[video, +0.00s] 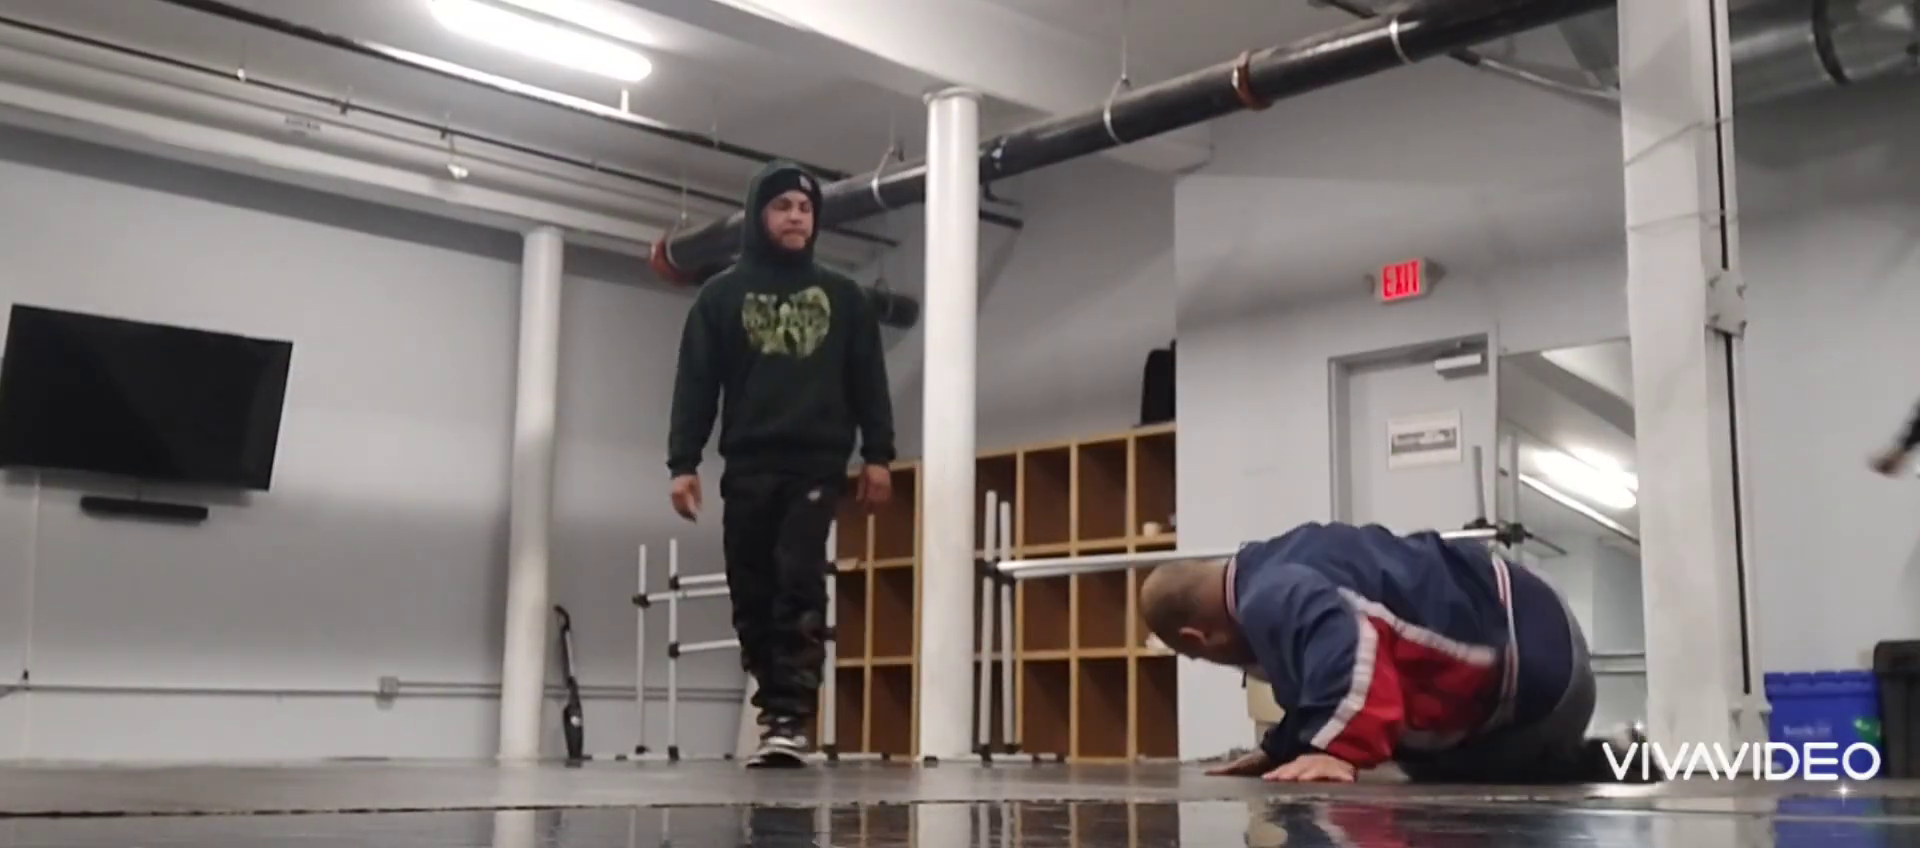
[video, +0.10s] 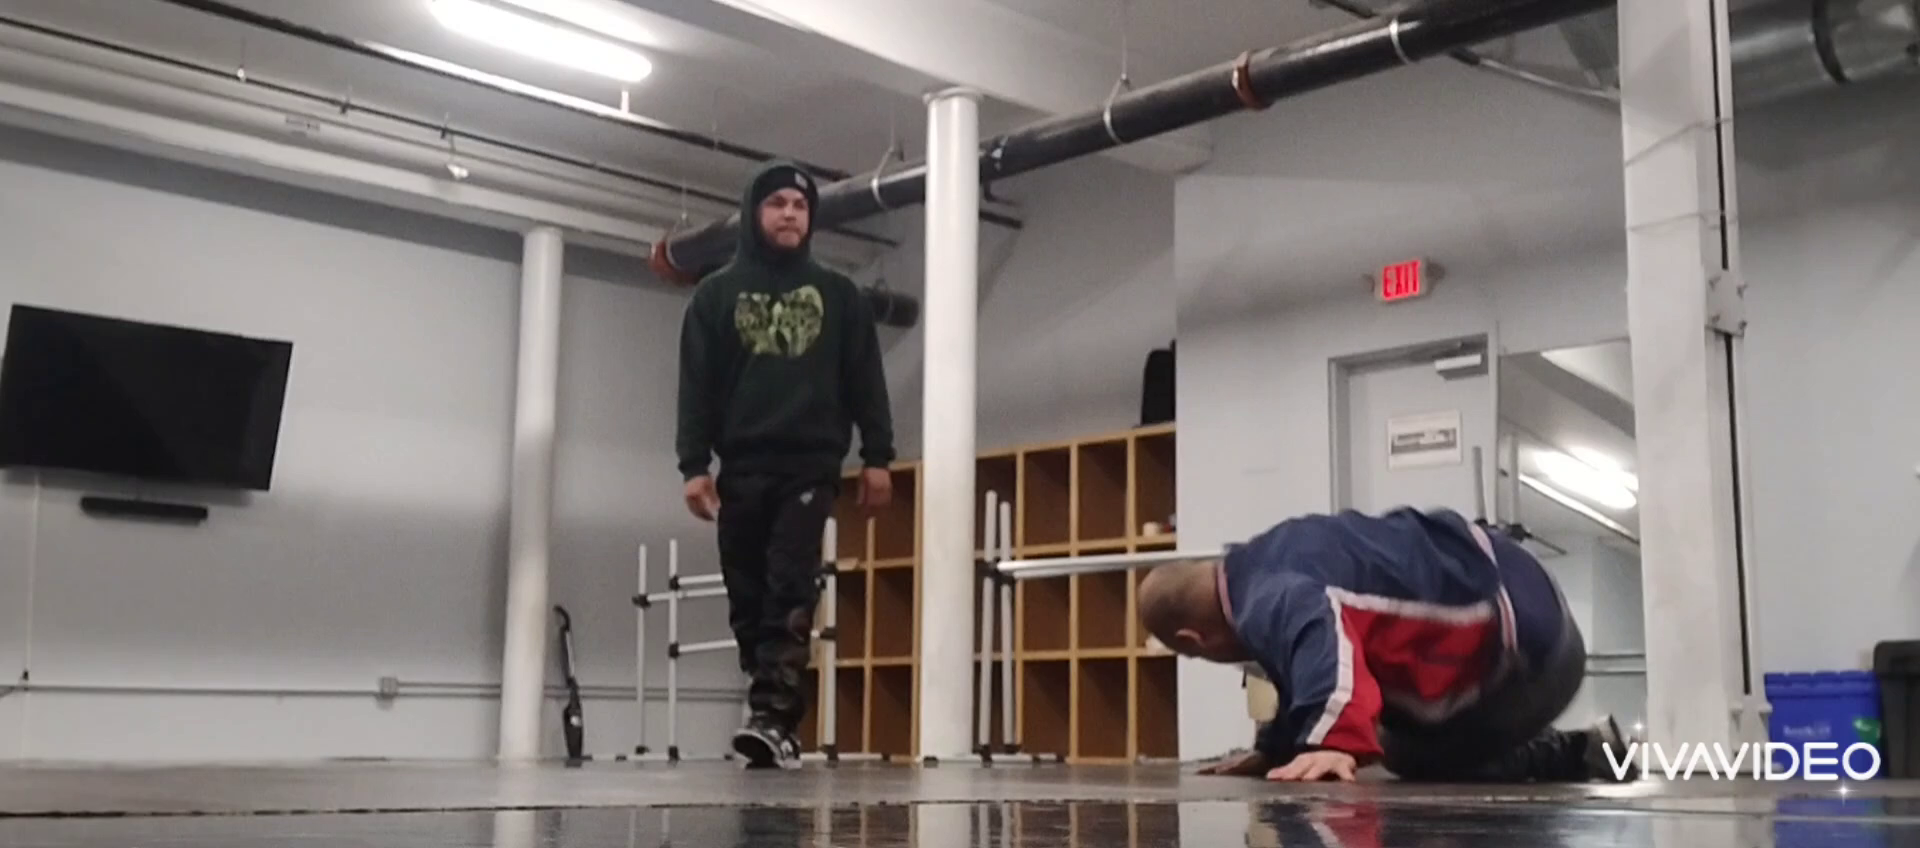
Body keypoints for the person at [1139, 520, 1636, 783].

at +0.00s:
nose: (1215, 662)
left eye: (1193, 654)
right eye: (1200, 657)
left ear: (1195, 635)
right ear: (1215, 576)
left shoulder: (1274, 592)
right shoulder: (1271, 574)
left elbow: (1356, 655)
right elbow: (1321, 684)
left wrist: (1336, 750)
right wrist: (1272, 751)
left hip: (1531, 675)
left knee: (1443, 770)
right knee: (1431, 761)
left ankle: (1606, 764)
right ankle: (1600, 760)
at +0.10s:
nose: (1205, 656)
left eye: (1187, 650)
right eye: (1191, 652)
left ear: (1194, 635)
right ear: (1212, 574)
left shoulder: (1273, 592)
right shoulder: (1265, 565)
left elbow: (1333, 659)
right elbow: (1310, 674)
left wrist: (1336, 745)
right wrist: (1265, 752)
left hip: (1527, 651)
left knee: (1413, 755)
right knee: (1406, 741)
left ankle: (1576, 756)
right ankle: (1570, 752)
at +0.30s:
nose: (1219, 684)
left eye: (1212, 674)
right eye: (1204, 679)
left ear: (1223, 638)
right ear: (1206, 620)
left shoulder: (1309, 591)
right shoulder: (1235, 582)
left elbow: (1363, 659)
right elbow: (1269, 671)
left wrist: (1350, 743)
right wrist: (1253, 749)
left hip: (1490, 615)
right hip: (1491, 583)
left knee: (1398, 758)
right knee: (1597, 663)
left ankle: (1541, 748)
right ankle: (1768, 664)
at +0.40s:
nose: (1239, 701)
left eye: (1229, 693)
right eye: (1225, 700)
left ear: (1238, 646)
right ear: (1223, 630)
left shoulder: (1295, 581)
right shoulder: (1255, 577)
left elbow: (1384, 650)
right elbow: (1301, 671)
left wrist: (1390, 745)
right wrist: (1263, 735)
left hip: (1513, 614)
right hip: (1531, 568)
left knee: (1423, 749)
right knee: (1612, 667)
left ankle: (1565, 757)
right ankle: (1756, 620)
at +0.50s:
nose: (1261, 683)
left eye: (1241, 680)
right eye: (1247, 680)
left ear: (1229, 649)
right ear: (1232, 622)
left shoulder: (1268, 601)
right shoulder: (1284, 562)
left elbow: (1388, 653)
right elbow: (1376, 649)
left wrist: (1360, 741)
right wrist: (1328, 729)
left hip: (1519, 623)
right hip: (1560, 563)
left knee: (1418, 756)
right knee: (1554, 647)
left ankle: (1576, 755)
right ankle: (1690, 649)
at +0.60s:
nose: (1267, 664)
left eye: (1258, 654)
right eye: (1261, 657)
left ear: (1256, 628)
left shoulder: (1274, 605)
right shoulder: (1340, 542)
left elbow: (1323, 687)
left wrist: (1290, 762)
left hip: (1512, 630)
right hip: (1560, 562)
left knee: (1405, 752)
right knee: (1556, 651)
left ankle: (1571, 758)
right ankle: (1683, 666)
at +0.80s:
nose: (1273, 692)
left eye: (1265, 683)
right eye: (1265, 687)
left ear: (1270, 627)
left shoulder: (1284, 583)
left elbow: (1299, 685)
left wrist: (1270, 759)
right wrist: (1513, 761)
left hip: (1462, 583)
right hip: (1544, 541)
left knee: (1434, 748)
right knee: (1642, 683)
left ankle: (1573, 757)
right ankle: (1730, 606)